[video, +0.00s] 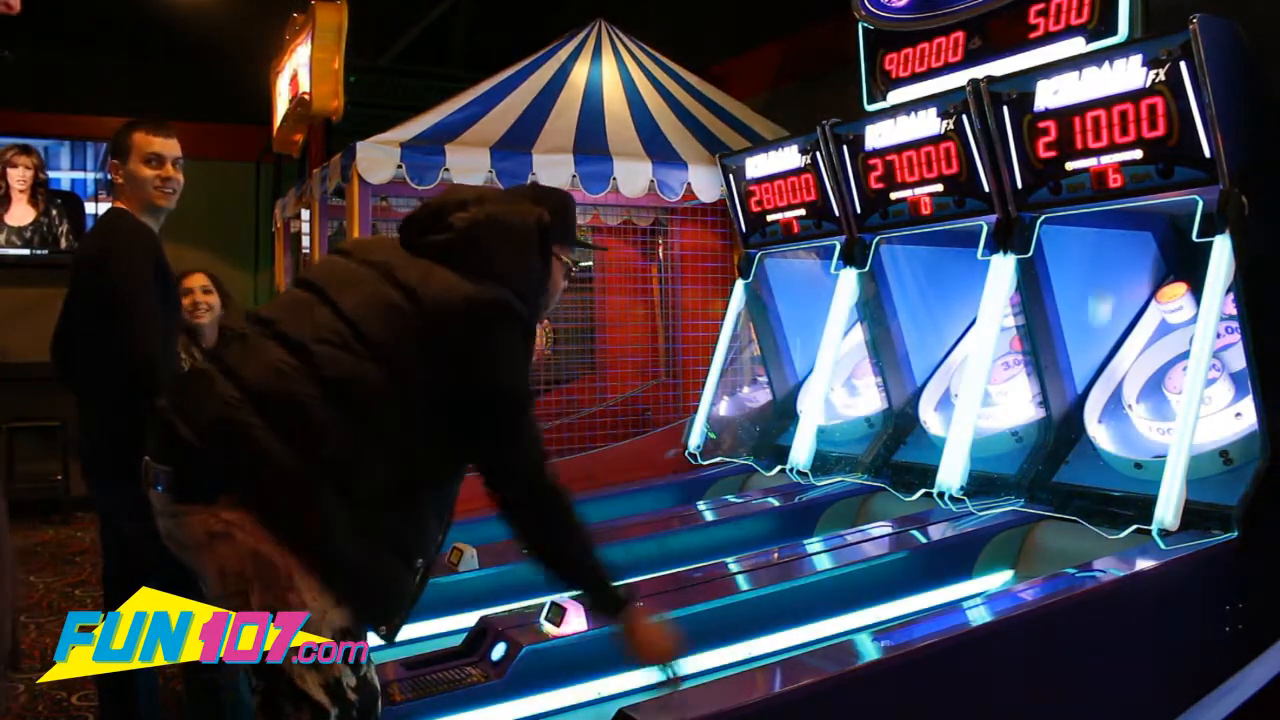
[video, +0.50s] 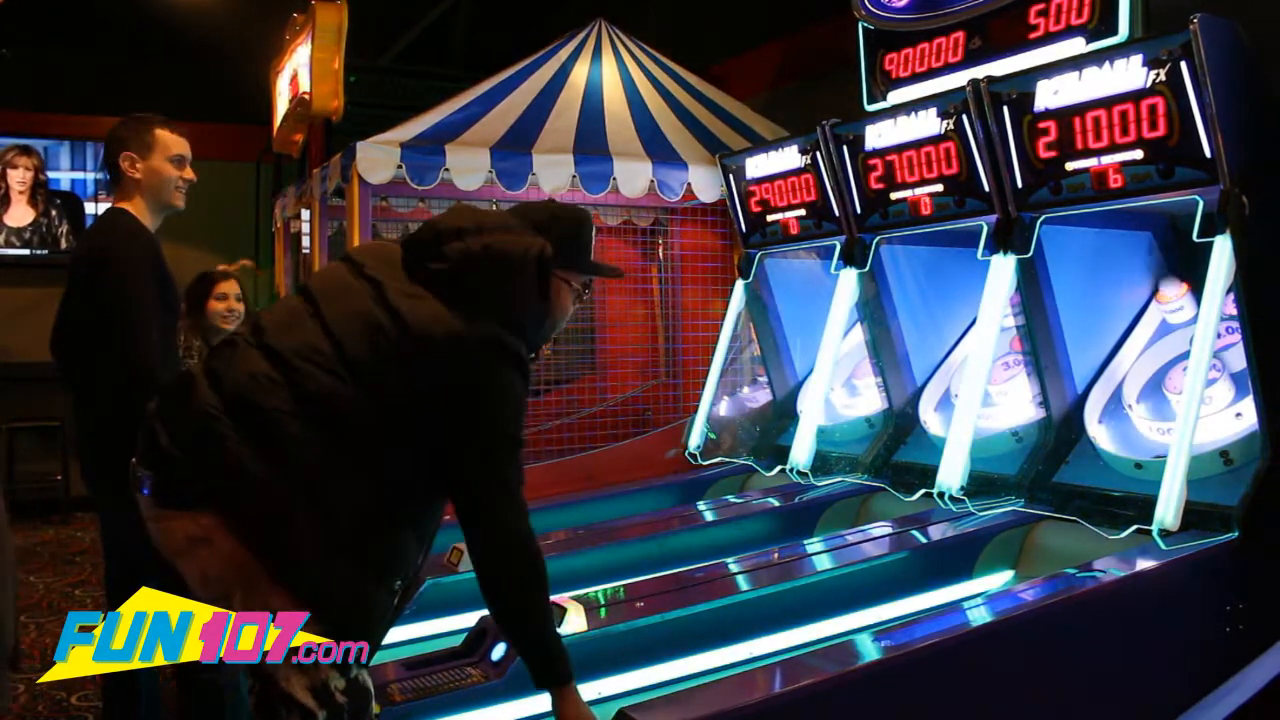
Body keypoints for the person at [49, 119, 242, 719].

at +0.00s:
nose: (171, 173)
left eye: (177, 164)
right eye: (155, 161)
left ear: (181, 175)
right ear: (118, 171)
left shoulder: (112, 237)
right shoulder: (129, 241)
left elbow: (68, 348)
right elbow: (149, 357)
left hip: (114, 442)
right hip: (132, 447)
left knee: (131, 588)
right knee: (150, 592)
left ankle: (128, 704)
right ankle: (138, 705)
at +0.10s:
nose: (171, 173)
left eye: (177, 164)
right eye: (155, 160)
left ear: (182, 174)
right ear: (118, 169)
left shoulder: (114, 236)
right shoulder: (125, 241)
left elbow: (69, 348)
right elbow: (143, 357)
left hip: (115, 443)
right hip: (129, 450)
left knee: (132, 590)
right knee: (148, 593)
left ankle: (130, 705)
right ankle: (136, 706)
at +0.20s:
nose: (179, 174)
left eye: (182, 165)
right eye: (165, 160)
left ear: (178, 174)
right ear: (121, 167)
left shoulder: (111, 237)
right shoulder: (125, 243)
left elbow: (69, 345)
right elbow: (144, 358)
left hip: (115, 444)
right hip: (130, 450)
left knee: (133, 590)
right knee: (149, 592)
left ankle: (131, 705)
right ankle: (137, 706)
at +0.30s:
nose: (186, 175)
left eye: (186, 164)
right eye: (173, 161)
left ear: (133, 171)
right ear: (128, 166)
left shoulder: (110, 238)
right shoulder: (126, 243)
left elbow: (69, 347)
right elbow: (148, 359)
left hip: (117, 450)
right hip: (133, 457)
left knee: (134, 596)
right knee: (151, 598)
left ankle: (131, 706)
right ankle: (141, 707)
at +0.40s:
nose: (188, 175)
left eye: (188, 163)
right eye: (176, 161)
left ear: (133, 169)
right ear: (131, 165)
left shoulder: (109, 237)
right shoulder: (126, 243)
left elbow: (68, 346)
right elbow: (147, 361)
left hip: (117, 451)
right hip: (133, 458)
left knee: (134, 595)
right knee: (150, 598)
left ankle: (131, 706)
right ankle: (140, 707)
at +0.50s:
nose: (190, 175)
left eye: (189, 163)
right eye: (179, 162)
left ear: (135, 168)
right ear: (133, 165)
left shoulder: (112, 239)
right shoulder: (126, 246)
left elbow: (67, 345)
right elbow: (146, 363)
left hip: (119, 456)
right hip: (134, 463)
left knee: (136, 604)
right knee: (150, 605)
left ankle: (133, 708)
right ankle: (142, 709)